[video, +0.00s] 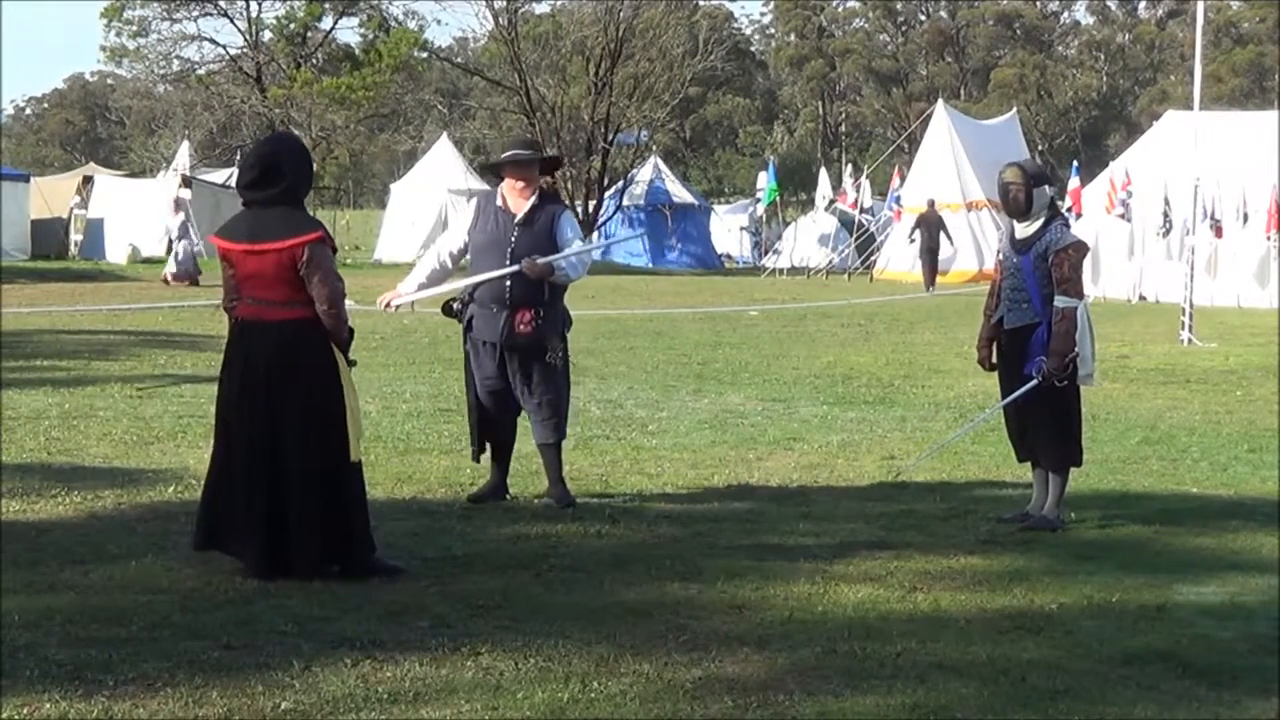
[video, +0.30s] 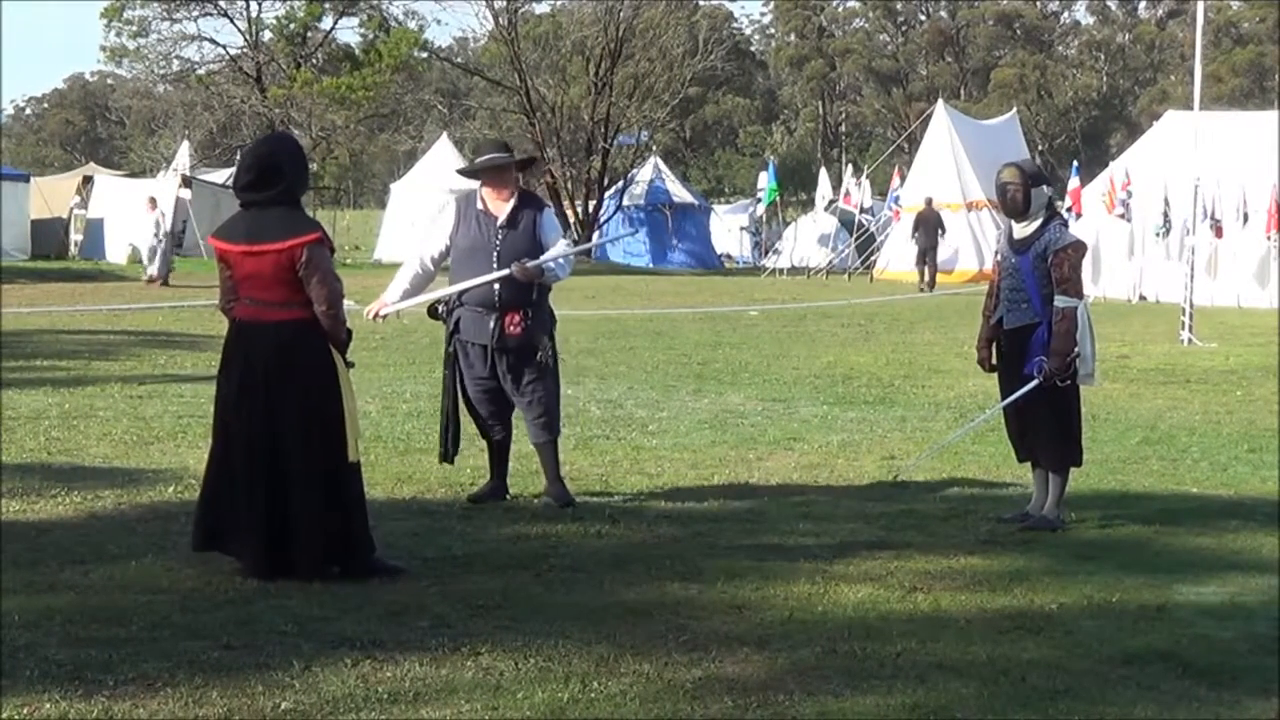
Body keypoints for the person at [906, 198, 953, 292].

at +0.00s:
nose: (930, 206)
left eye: (929, 204)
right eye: (932, 204)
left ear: (927, 205)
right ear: (934, 205)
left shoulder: (922, 216)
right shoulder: (938, 216)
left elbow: (914, 227)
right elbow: (945, 229)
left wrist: (910, 236)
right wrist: (950, 240)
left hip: (925, 245)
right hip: (935, 245)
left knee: (926, 265)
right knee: (934, 265)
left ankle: (927, 286)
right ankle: (932, 284)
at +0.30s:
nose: (928, 204)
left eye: (927, 202)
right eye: (930, 202)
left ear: (924, 203)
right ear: (932, 203)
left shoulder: (920, 214)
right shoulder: (936, 214)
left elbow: (915, 226)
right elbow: (942, 226)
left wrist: (913, 234)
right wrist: (942, 233)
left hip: (922, 243)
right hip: (933, 244)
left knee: (920, 262)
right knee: (932, 263)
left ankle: (921, 282)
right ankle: (931, 284)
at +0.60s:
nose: (926, 207)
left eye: (925, 205)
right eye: (927, 205)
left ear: (922, 205)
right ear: (929, 205)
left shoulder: (918, 216)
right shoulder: (934, 216)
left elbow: (913, 228)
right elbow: (940, 230)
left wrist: (909, 237)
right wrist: (939, 233)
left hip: (919, 246)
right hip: (929, 246)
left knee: (918, 266)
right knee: (931, 266)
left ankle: (919, 285)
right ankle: (929, 286)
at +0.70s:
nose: (926, 204)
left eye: (925, 202)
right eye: (927, 202)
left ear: (922, 203)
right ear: (929, 203)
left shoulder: (917, 214)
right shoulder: (934, 214)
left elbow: (911, 226)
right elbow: (939, 227)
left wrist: (907, 234)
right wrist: (942, 238)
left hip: (920, 243)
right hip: (930, 243)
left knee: (919, 263)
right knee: (932, 261)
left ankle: (919, 284)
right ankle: (929, 279)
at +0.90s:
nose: (929, 205)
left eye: (928, 203)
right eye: (930, 203)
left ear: (924, 203)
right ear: (931, 203)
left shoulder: (918, 214)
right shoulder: (935, 215)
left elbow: (910, 225)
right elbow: (939, 227)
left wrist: (908, 235)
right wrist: (944, 237)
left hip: (921, 242)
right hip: (931, 243)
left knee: (919, 263)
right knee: (932, 263)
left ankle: (920, 284)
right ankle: (933, 283)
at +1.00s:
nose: (931, 206)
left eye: (929, 204)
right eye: (931, 204)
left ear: (925, 204)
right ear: (933, 204)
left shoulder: (920, 215)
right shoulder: (936, 216)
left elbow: (912, 226)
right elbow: (940, 228)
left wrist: (909, 236)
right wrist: (945, 238)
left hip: (922, 243)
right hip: (932, 244)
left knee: (920, 263)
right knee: (933, 264)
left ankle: (920, 284)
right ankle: (933, 283)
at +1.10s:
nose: (932, 206)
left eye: (930, 204)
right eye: (933, 204)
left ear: (927, 204)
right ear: (935, 204)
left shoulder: (922, 215)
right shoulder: (938, 216)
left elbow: (916, 226)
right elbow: (942, 230)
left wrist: (913, 235)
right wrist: (947, 240)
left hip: (924, 244)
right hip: (934, 245)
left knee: (921, 263)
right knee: (935, 265)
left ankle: (920, 281)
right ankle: (933, 283)